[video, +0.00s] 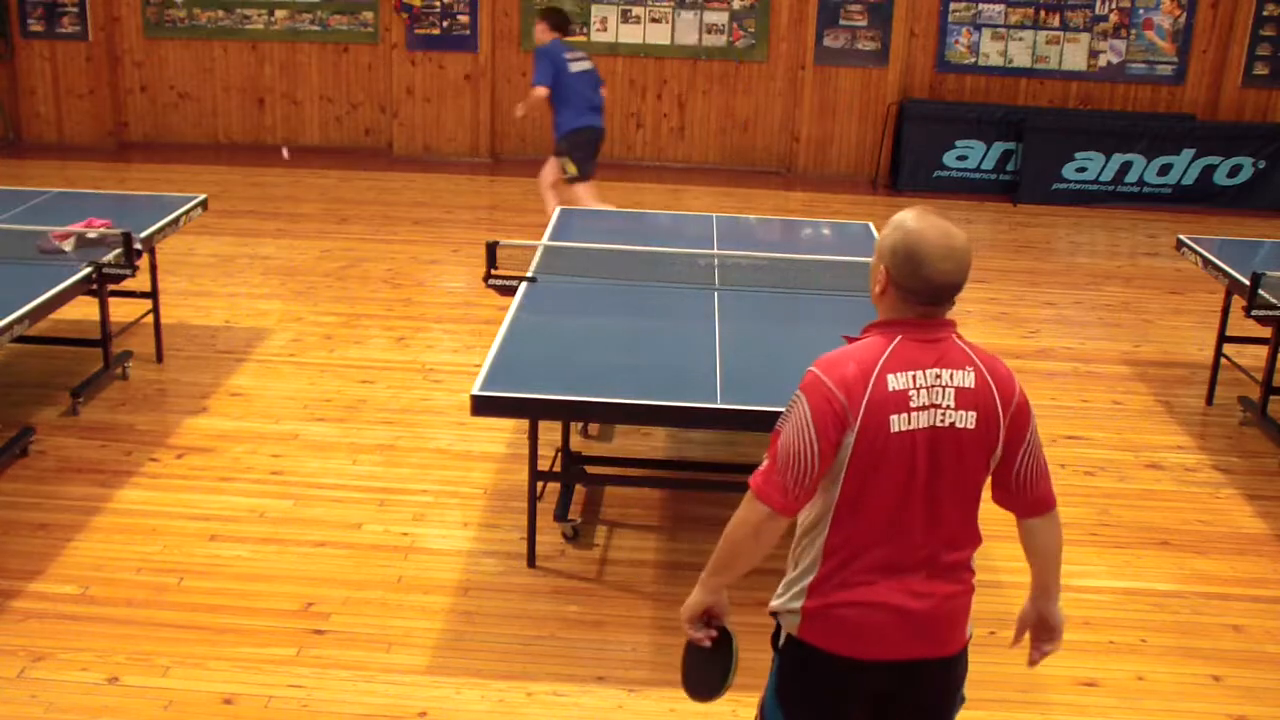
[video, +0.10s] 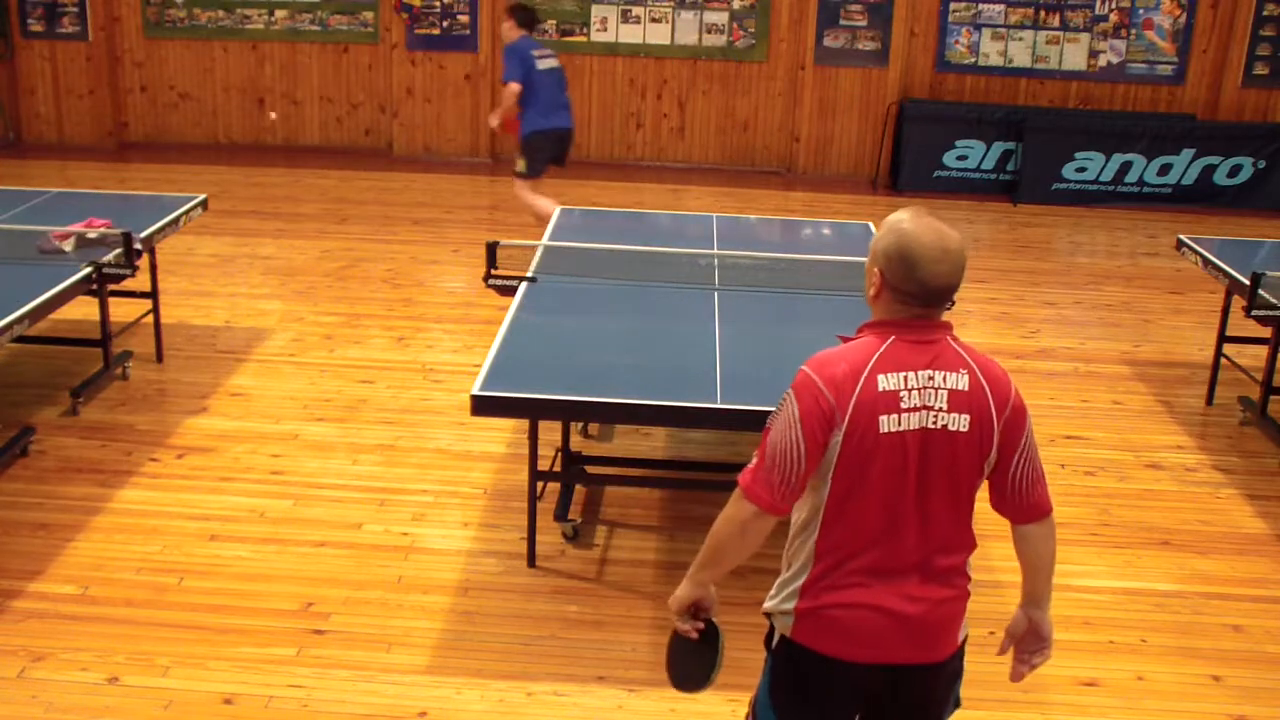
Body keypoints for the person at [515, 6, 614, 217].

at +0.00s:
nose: (535, 31)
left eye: (539, 25)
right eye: (536, 25)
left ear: (549, 29)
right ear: (560, 30)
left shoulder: (546, 51)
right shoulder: (577, 51)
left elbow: (541, 91)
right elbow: (600, 89)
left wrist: (523, 107)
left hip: (575, 130)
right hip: (593, 129)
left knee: (584, 195)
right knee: (546, 179)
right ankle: (560, 233)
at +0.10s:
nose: (502, 26)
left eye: (505, 21)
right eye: (504, 21)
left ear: (514, 25)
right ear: (528, 26)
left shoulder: (515, 49)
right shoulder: (544, 48)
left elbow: (514, 87)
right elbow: (559, 87)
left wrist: (499, 114)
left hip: (540, 128)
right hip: (562, 127)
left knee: (522, 189)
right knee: (534, 187)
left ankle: (566, 221)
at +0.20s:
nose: (466, 14)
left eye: (468, 9)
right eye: (466, 9)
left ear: (478, 10)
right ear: (490, 11)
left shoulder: (484, 32)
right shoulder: (510, 32)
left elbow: (490, 63)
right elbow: (520, 72)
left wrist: (478, 94)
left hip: (502, 117)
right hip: (529, 116)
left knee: (476, 169)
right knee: (523, 172)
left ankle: (501, 220)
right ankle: (548, 221)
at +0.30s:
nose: (438, 7)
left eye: (439, 3)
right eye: (437, 4)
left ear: (448, 2)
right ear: (462, 2)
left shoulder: (457, 21)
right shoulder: (482, 21)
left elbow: (465, 51)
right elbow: (484, 60)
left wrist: (454, 81)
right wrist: (455, 74)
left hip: (471, 105)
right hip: (499, 104)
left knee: (450, 161)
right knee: (506, 162)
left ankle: (447, 220)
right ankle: (537, 213)